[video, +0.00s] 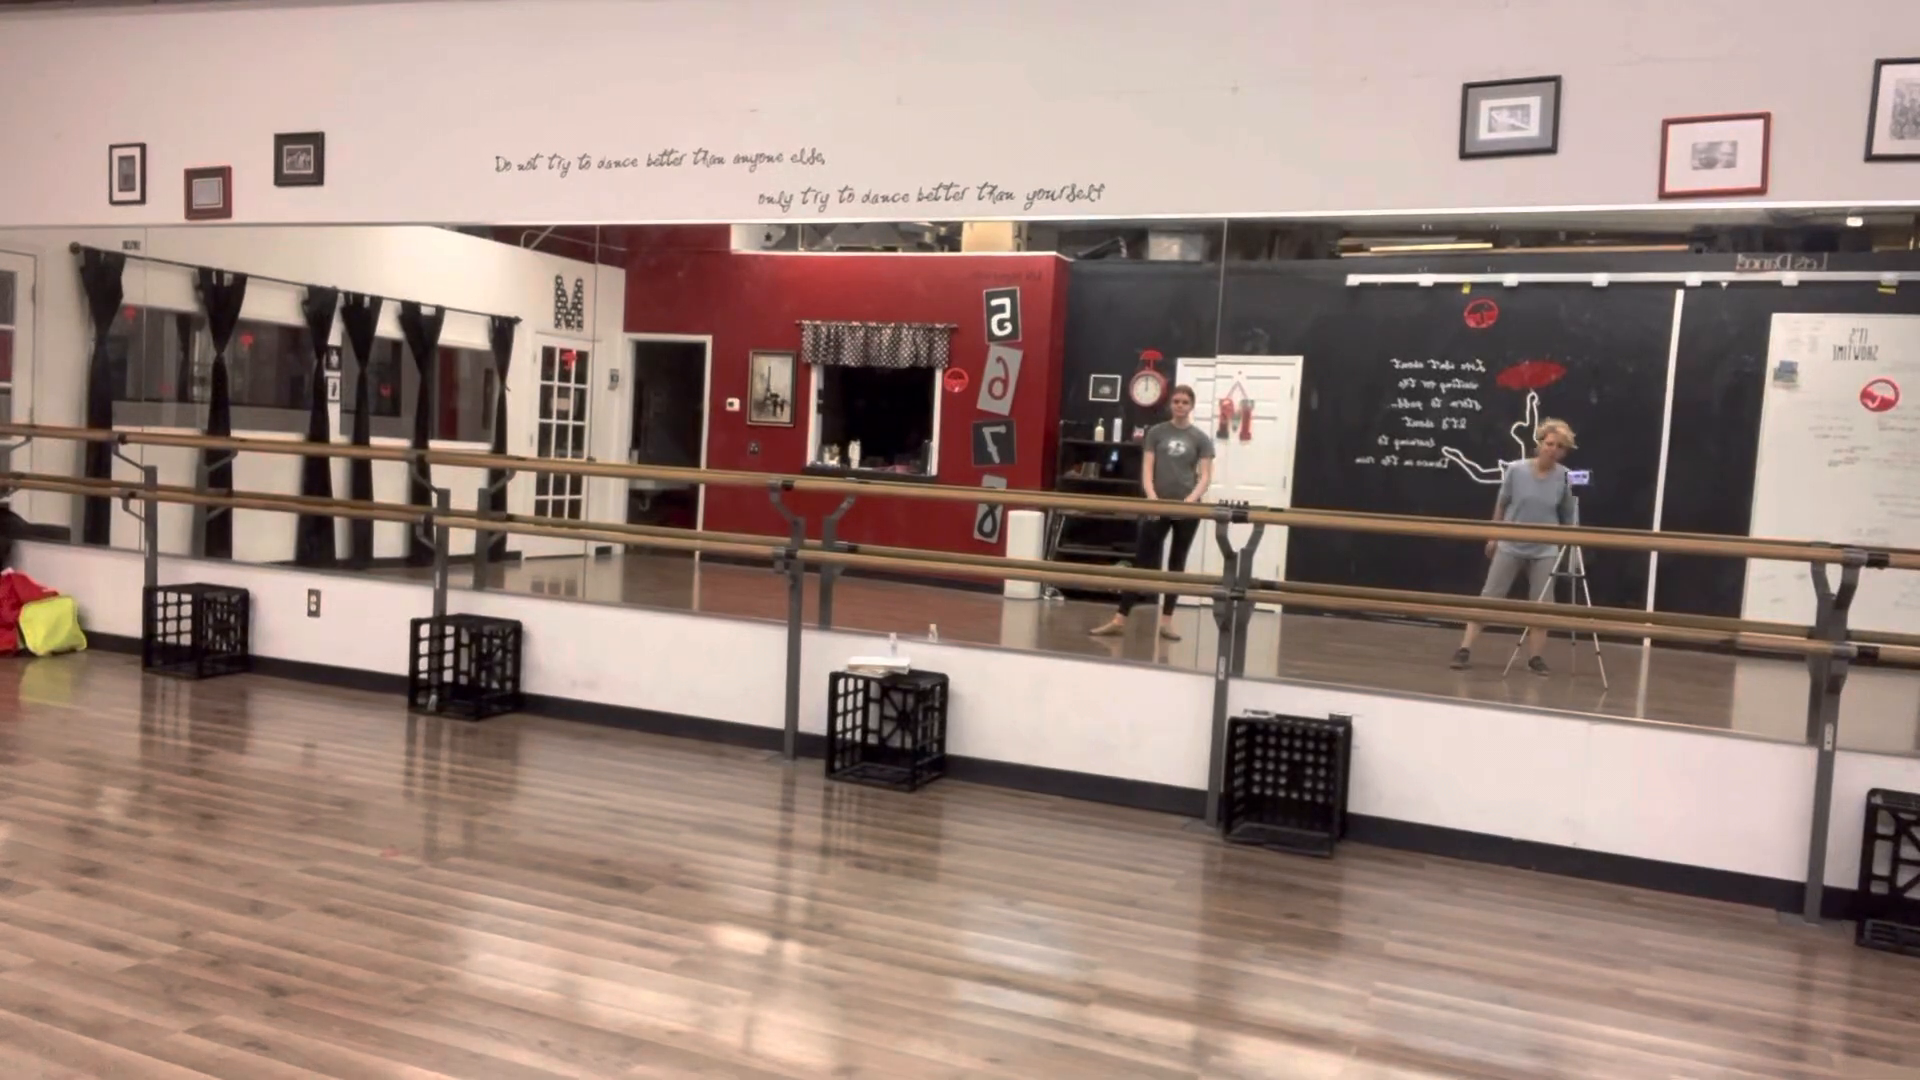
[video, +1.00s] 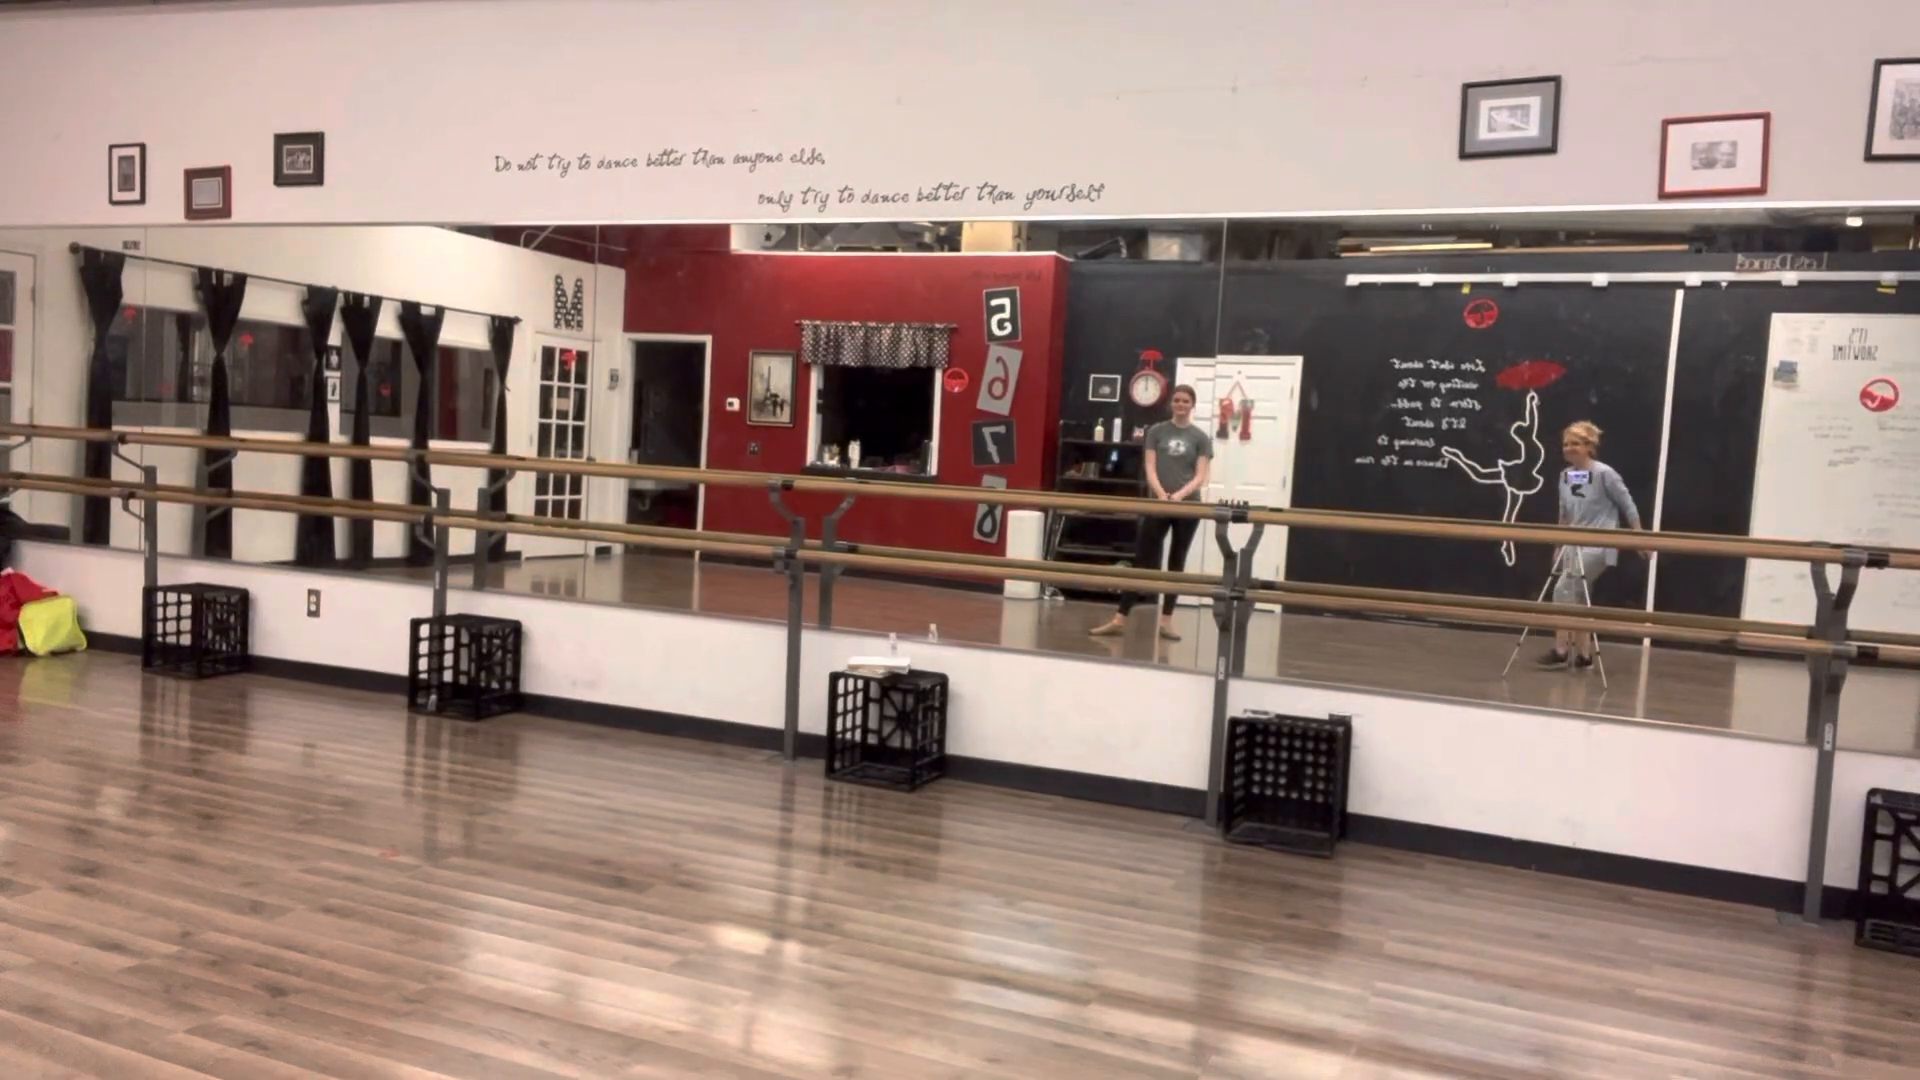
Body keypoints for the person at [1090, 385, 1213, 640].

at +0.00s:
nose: (1180, 406)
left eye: (1184, 403)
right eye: (1176, 402)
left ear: (1192, 406)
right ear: (1170, 404)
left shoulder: (1202, 439)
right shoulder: (1154, 433)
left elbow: (1205, 477)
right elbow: (1147, 472)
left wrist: (1191, 499)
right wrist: (1153, 499)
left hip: (1186, 508)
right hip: (1158, 504)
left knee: (1176, 563)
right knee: (1142, 558)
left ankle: (1166, 619)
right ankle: (1120, 617)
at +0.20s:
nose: (1179, 406)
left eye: (1184, 402)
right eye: (1176, 401)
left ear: (1192, 406)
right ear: (1170, 404)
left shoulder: (1202, 439)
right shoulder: (1154, 433)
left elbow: (1212, 480)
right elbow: (1143, 472)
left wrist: (1217, 516)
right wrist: (1131, 508)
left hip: (1188, 510)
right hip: (1156, 507)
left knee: (1176, 564)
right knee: (1142, 559)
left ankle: (1166, 619)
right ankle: (1120, 617)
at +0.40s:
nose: (1180, 406)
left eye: (1185, 402)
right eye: (1176, 401)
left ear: (1192, 406)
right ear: (1170, 404)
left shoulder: (1202, 437)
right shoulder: (1155, 432)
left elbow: (1216, 471)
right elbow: (1140, 468)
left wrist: (1229, 502)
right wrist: (1120, 502)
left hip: (1188, 508)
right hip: (1157, 506)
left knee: (1176, 563)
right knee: (1142, 559)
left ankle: (1166, 620)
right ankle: (1120, 618)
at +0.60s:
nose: (1179, 406)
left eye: (1184, 402)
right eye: (1176, 402)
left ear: (1192, 406)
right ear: (1170, 404)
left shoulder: (1203, 437)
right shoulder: (1155, 433)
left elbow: (1216, 472)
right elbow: (1140, 469)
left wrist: (1228, 503)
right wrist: (1120, 504)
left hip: (1188, 509)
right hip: (1157, 506)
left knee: (1176, 563)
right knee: (1142, 559)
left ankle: (1166, 619)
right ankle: (1120, 618)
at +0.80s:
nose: (1180, 406)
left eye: (1185, 402)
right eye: (1177, 401)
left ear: (1192, 406)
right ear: (1170, 404)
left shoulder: (1202, 439)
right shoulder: (1155, 433)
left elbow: (1208, 480)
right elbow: (1144, 470)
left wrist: (1209, 515)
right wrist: (1136, 507)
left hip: (1187, 511)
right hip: (1155, 507)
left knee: (1176, 564)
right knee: (1141, 560)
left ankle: (1166, 619)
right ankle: (1120, 617)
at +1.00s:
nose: (1180, 405)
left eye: (1185, 401)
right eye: (1177, 401)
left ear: (1193, 406)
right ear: (1171, 403)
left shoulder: (1201, 438)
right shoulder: (1155, 432)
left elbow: (1201, 476)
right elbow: (1150, 468)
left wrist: (1179, 494)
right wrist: (1160, 493)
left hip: (1187, 504)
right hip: (1159, 501)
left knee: (1176, 560)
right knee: (1143, 555)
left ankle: (1166, 619)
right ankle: (1120, 617)